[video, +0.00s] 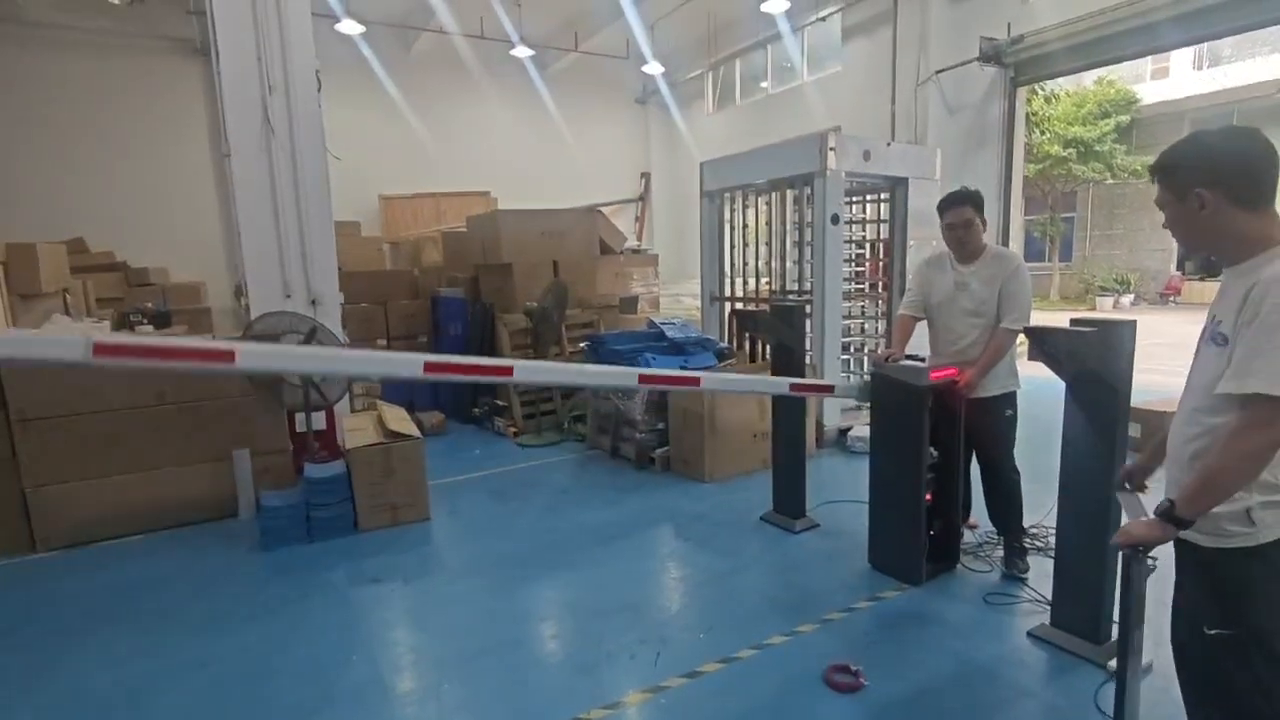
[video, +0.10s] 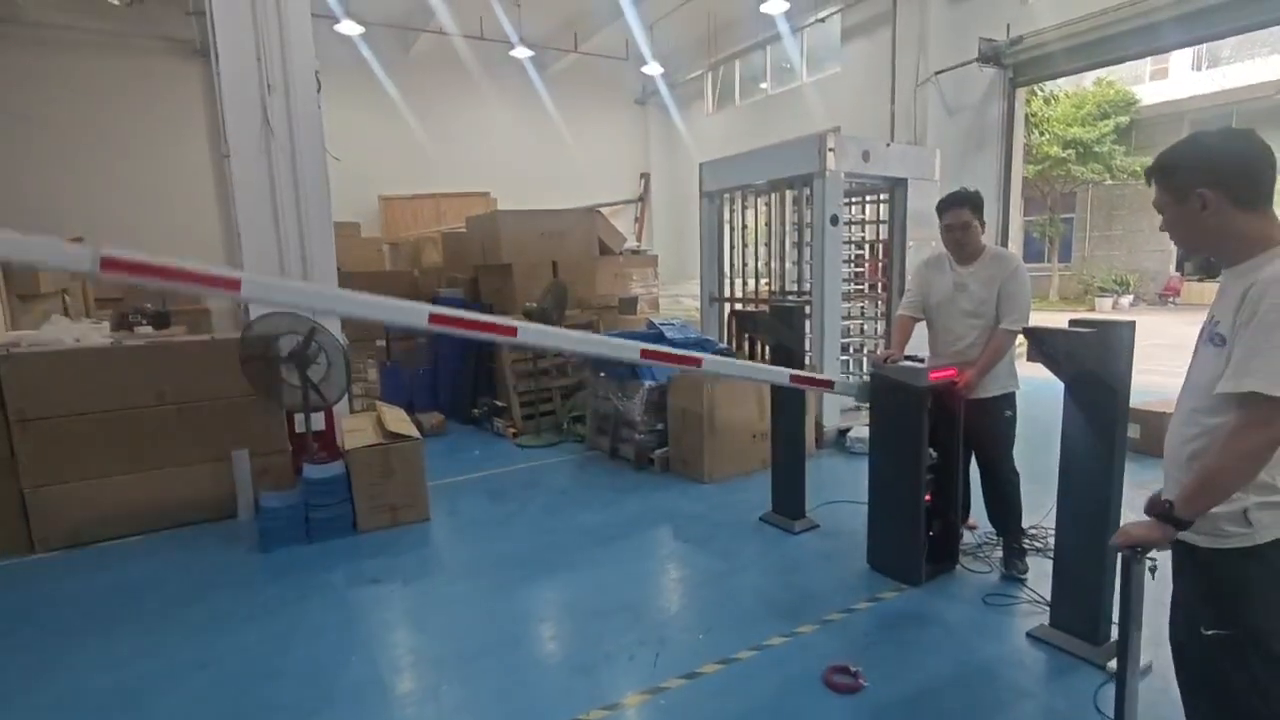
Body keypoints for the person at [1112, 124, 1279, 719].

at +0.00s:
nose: (1164, 224)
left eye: (1166, 208)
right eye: (1161, 210)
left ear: (1204, 201)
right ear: (1208, 199)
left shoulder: (1267, 283)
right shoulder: (1244, 278)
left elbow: (1263, 423)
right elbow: (1211, 396)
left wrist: (1171, 517)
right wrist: (1150, 460)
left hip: (1242, 549)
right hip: (1215, 543)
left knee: (1236, 698)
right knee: (1212, 690)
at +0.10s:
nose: (1163, 227)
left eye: (1165, 211)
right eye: (1160, 214)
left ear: (1205, 202)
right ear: (1208, 201)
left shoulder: (1269, 283)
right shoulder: (1245, 279)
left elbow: (1264, 421)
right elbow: (1230, 407)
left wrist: (1172, 515)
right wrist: (1174, 496)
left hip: (1242, 550)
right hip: (1213, 543)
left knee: (1239, 702)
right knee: (1211, 696)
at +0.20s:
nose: (1160, 228)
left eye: (1162, 212)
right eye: (1156, 215)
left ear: (1205, 202)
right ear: (1208, 201)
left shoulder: (1268, 283)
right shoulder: (1244, 280)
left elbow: (1261, 421)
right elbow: (1234, 411)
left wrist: (1170, 518)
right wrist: (1179, 508)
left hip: (1240, 553)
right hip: (1213, 547)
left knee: (1235, 705)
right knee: (1212, 699)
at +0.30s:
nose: (1158, 230)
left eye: (1160, 214)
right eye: (1154, 216)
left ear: (1203, 202)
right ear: (1206, 203)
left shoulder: (1266, 284)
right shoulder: (1245, 280)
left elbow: (1261, 421)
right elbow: (1236, 412)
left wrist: (1170, 519)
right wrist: (1179, 508)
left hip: (1239, 551)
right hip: (1213, 545)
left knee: (1234, 703)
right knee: (1211, 697)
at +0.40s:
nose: (1157, 231)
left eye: (1159, 215)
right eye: (1153, 217)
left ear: (1202, 204)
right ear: (1205, 204)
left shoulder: (1266, 284)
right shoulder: (1244, 280)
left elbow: (1260, 423)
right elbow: (1232, 411)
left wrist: (1168, 519)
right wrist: (1172, 501)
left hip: (1238, 550)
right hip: (1211, 543)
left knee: (1234, 703)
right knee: (1210, 697)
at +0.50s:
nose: (1157, 232)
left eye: (1158, 216)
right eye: (1153, 218)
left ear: (1197, 205)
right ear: (1202, 204)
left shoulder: (1264, 286)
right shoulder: (1242, 281)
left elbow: (1257, 423)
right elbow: (1231, 413)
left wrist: (1164, 520)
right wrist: (1168, 503)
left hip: (1236, 551)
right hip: (1210, 545)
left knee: (1235, 704)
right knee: (1211, 700)